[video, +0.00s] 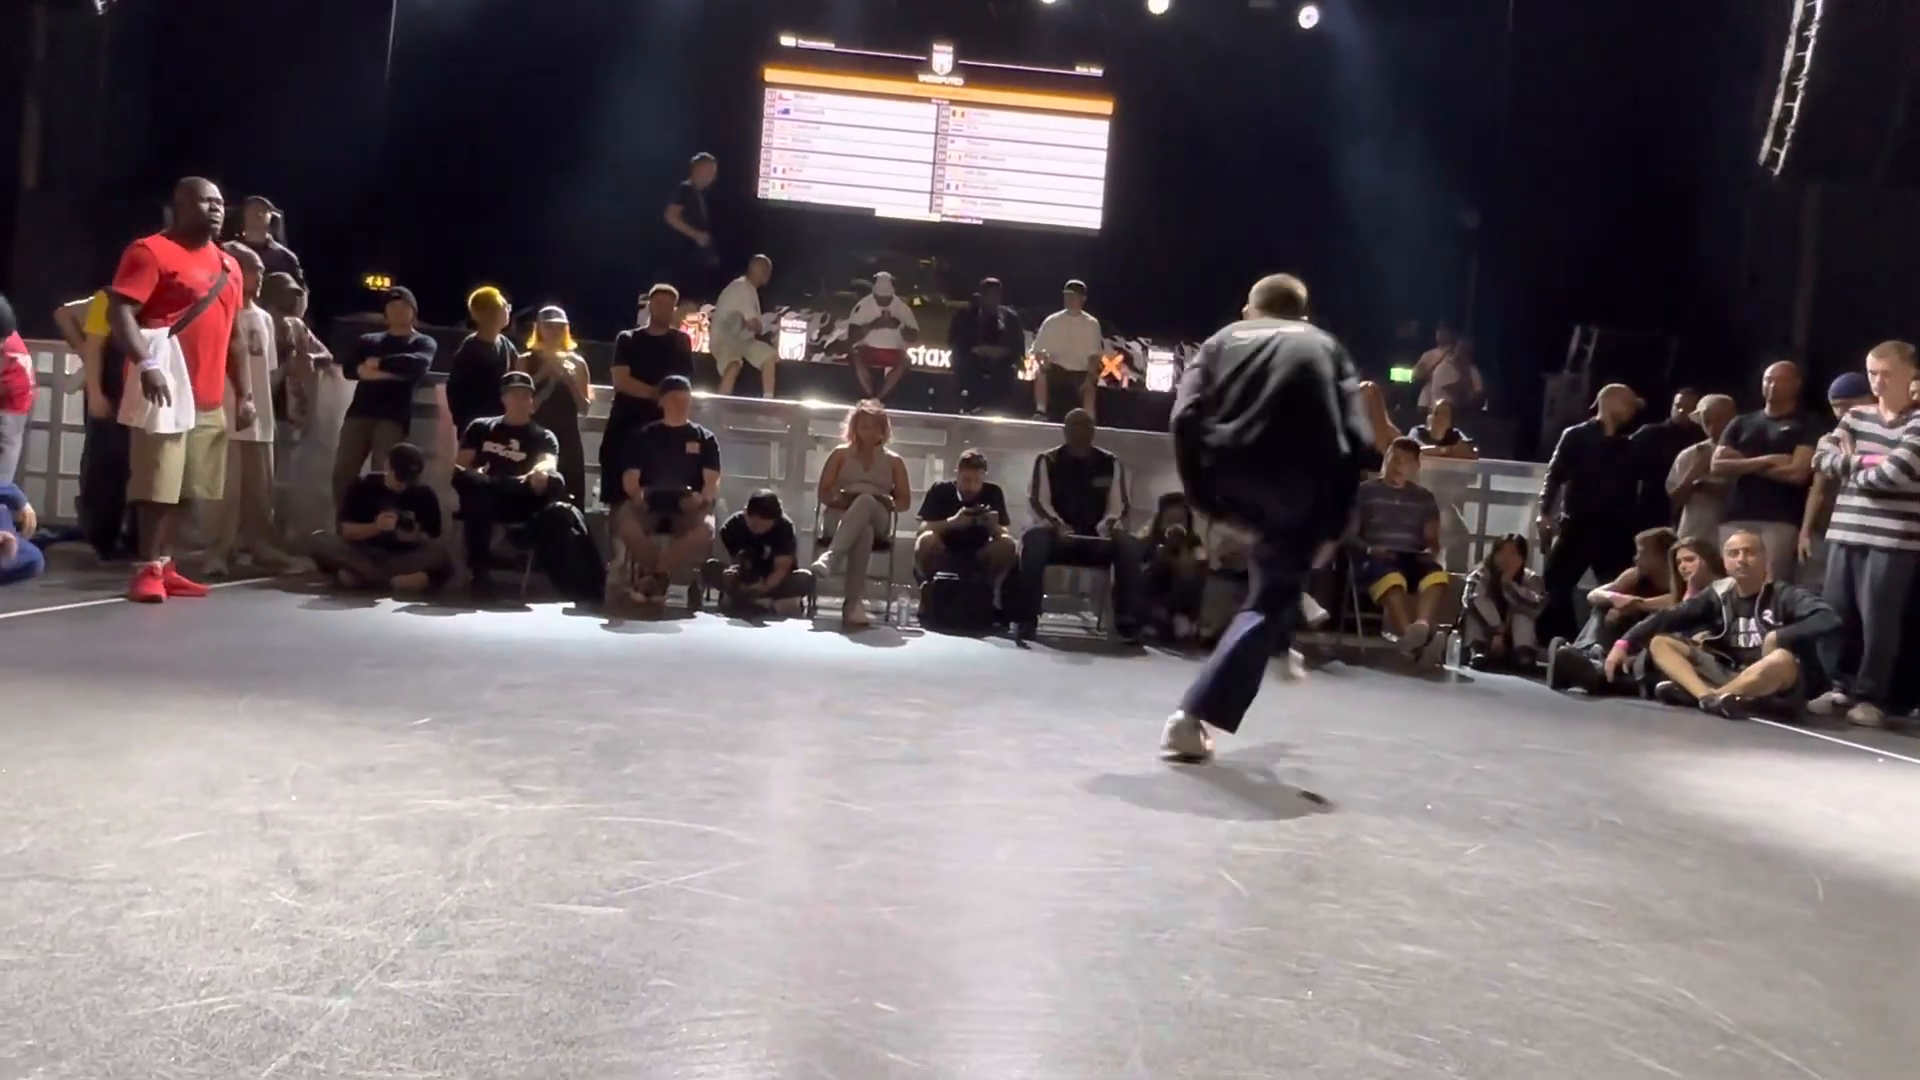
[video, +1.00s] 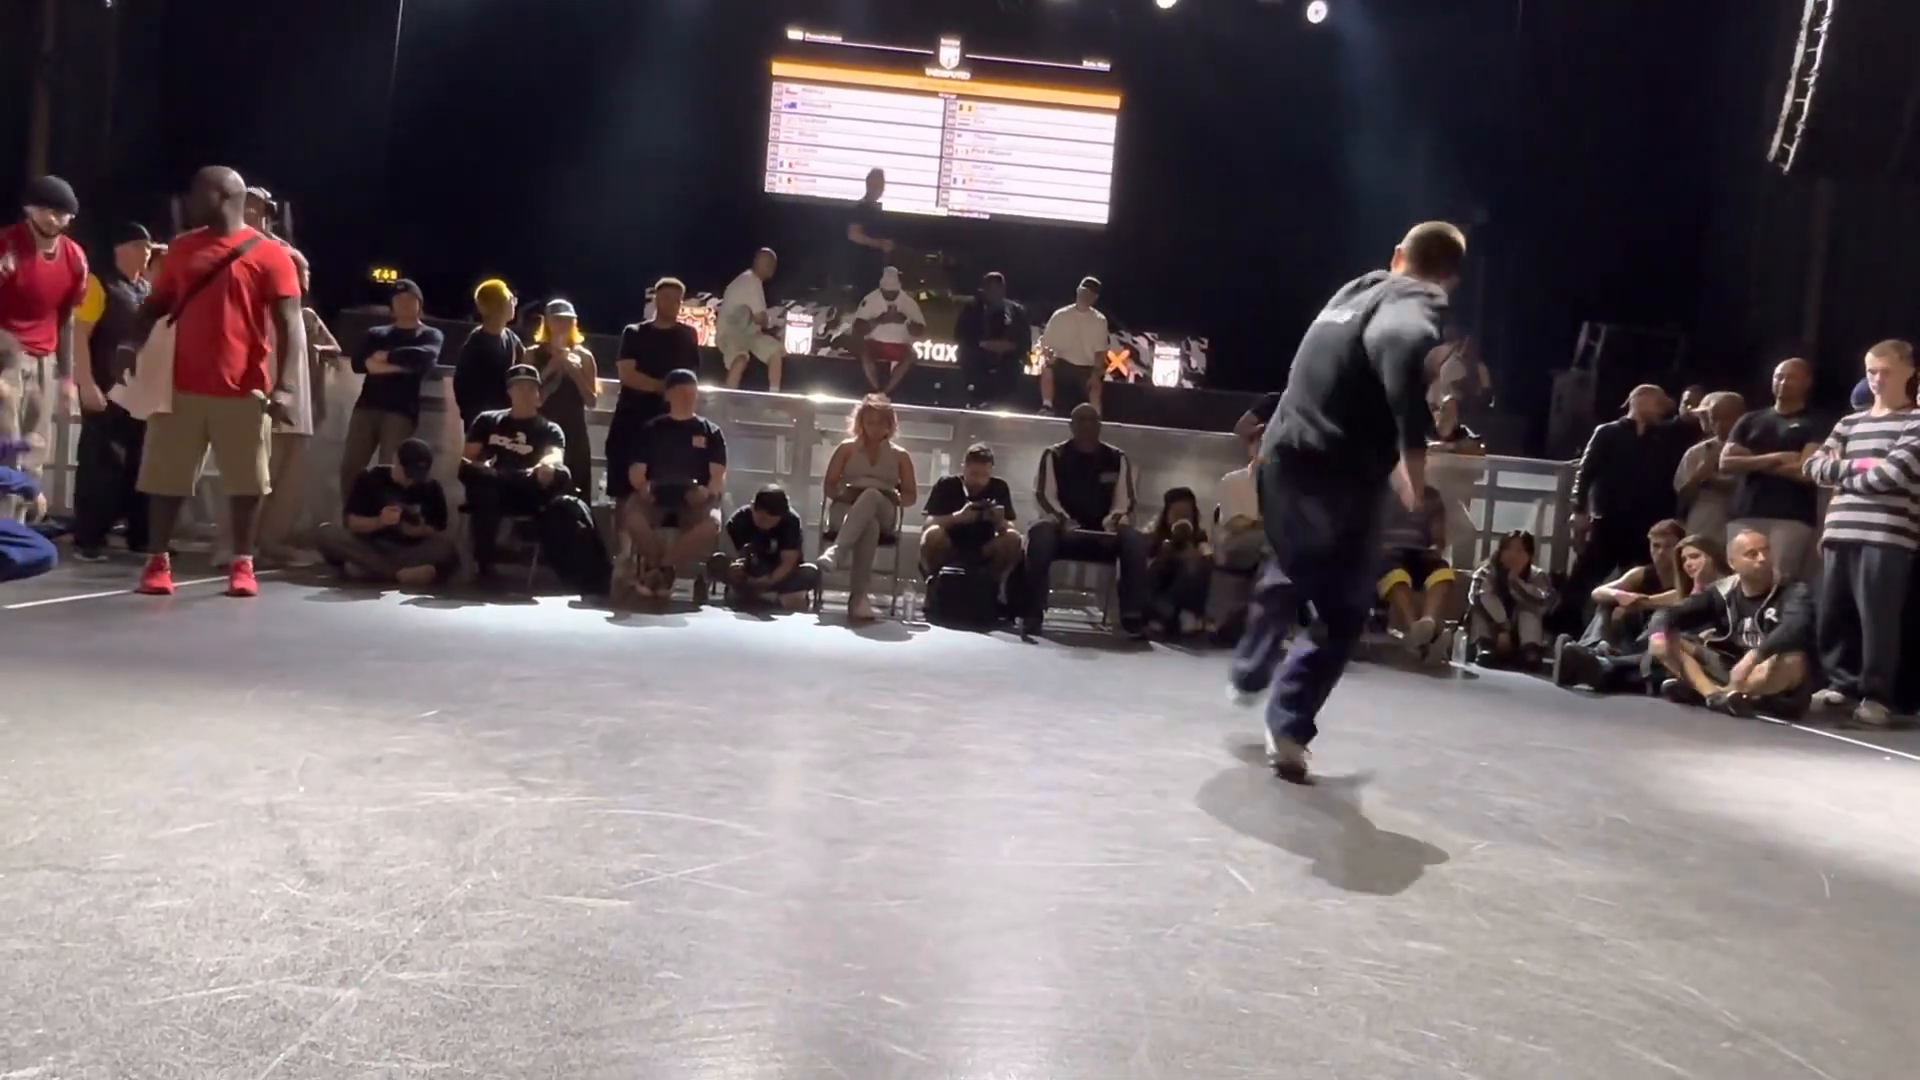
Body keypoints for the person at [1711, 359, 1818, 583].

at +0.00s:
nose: (1771, 385)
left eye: (1778, 380)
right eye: (1768, 380)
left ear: (1796, 385)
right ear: (1762, 384)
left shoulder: (1808, 426)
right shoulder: (1741, 423)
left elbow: (1798, 473)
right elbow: (1717, 465)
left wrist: (1745, 463)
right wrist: (1770, 460)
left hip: (1780, 520)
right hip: (1737, 518)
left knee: (1774, 596)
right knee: (1734, 594)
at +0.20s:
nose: (1775, 384)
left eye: (1782, 380)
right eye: (1772, 379)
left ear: (1799, 384)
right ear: (1766, 383)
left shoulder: (1810, 426)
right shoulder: (1744, 422)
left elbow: (1802, 473)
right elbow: (1719, 465)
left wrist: (1747, 463)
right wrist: (1773, 460)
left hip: (1782, 522)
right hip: (1739, 519)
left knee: (1776, 599)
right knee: (1735, 597)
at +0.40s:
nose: (1778, 384)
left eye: (1785, 379)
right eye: (1775, 378)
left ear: (1802, 384)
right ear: (1769, 383)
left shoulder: (1812, 426)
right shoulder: (1746, 422)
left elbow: (1804, 473)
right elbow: (1722, 464)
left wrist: (1750, 463)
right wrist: (1775, 460)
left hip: (1786, 522)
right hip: (1742, 519)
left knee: (1779, 598)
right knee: (1736, 598)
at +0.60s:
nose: (1780, 383)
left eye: (1787, 378)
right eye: (1777, 377)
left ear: (1804, 383)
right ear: (1770, 382)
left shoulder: (1814, 424)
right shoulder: (1748, 421)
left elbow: (1806, 471)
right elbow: (1723, 464)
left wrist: (1751, 460)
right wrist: (1777, 459)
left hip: (1789, 521)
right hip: (1743, 519)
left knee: (1779, 599)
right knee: (1741, 598)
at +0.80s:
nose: (1781, 382)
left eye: (1789, 378)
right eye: (1778, 377)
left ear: (1805, 384)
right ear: (1772, 381)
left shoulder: (1818, 424)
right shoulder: (1750, 421)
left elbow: (1808, 470)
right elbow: (1725, 463)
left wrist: (1751, 460)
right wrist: (1778, 459)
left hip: (1791, 519)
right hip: (1745, 517)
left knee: (1779, 595)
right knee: (1741, 594)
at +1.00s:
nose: (1782, 382)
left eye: (1790, 378)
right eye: (1779, 377)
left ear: (1806, 383)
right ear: (1773, 382)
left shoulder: (1816, 424)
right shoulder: (1750, 420)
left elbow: (1807, 471)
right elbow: (1725, 463)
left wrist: (1751, 459)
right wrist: (1779, 458)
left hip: (1791, 518)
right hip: (1745, 515)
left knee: (1781, 589)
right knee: (1742, 589)